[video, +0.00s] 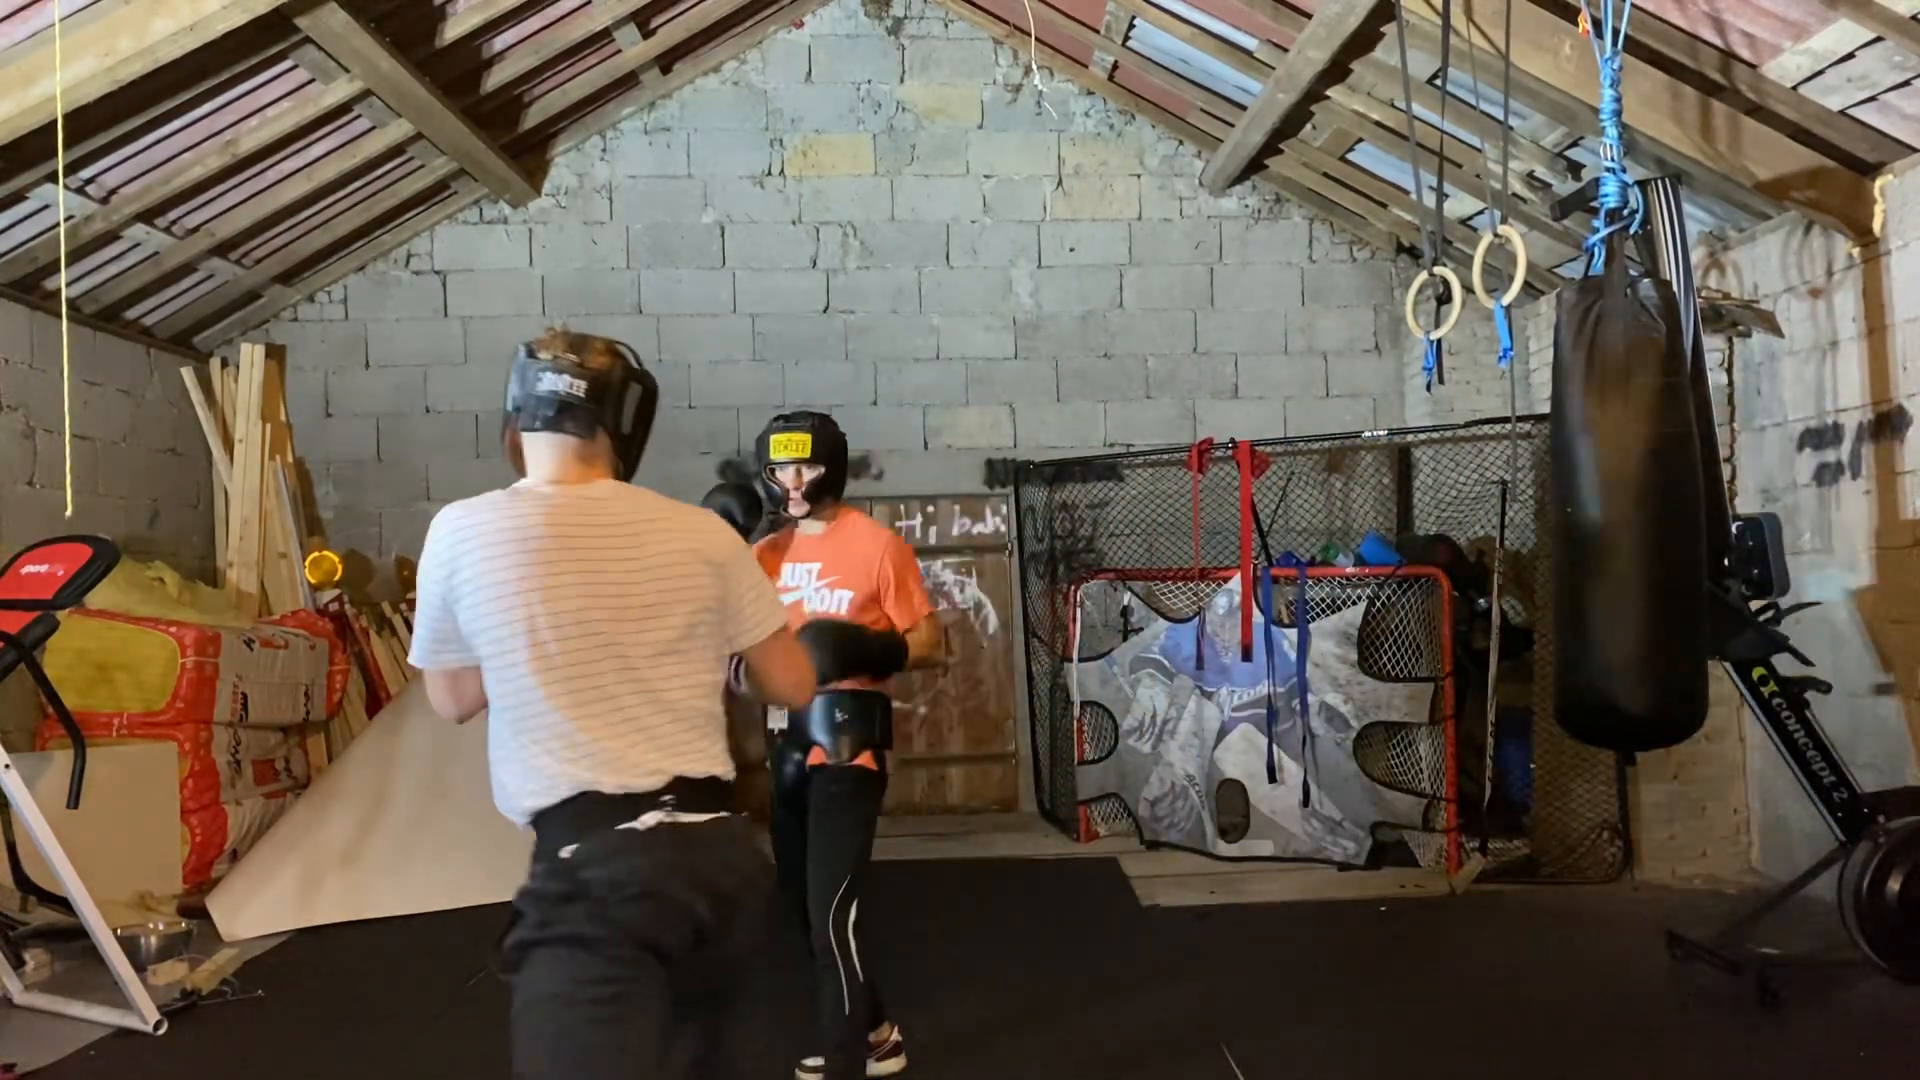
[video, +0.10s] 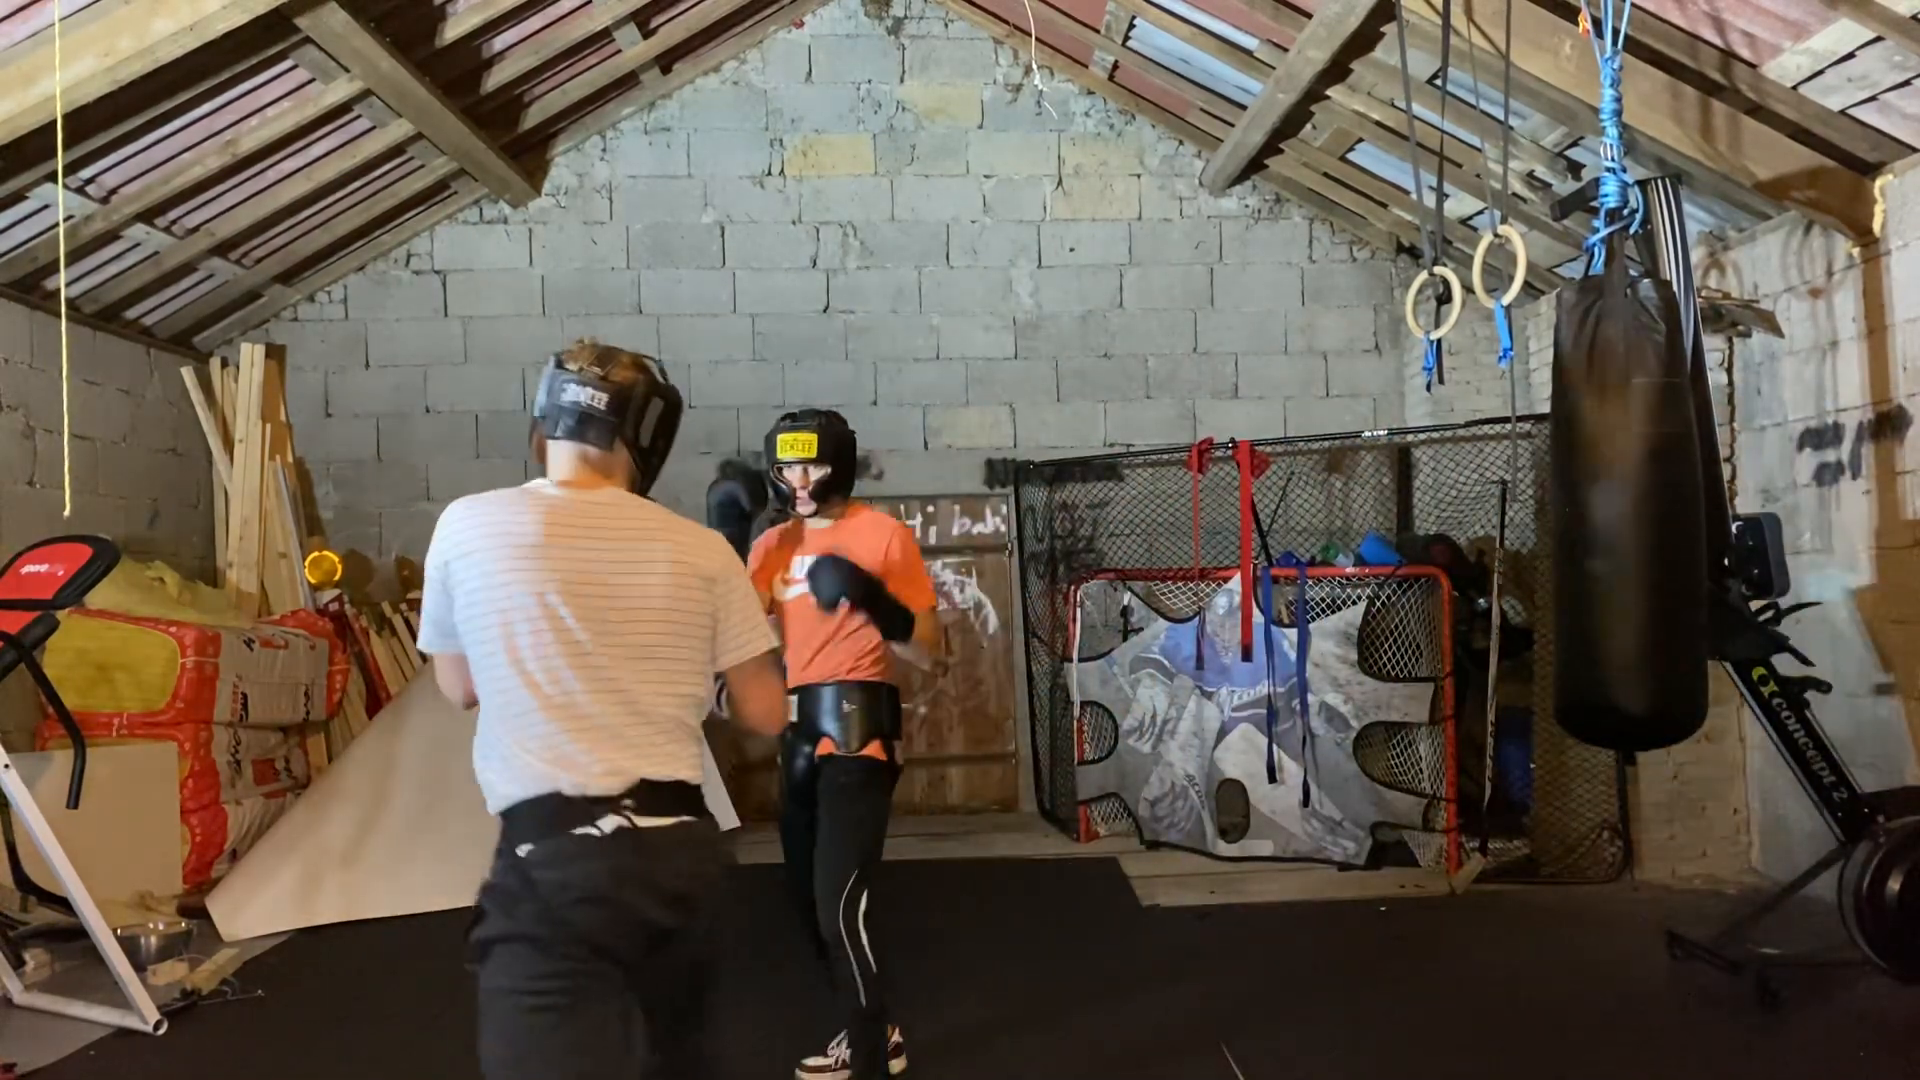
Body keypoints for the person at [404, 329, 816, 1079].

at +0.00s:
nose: (513, 431)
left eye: (513, 416)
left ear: (514, 429)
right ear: (624, 428)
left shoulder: (460, 534)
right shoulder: (703, 535)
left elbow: (455, 698)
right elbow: (794, 683)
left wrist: (536, 622)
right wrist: (725, 651)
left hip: (590, 870)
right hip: (725, 853)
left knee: (582, 1065)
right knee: (747, 1067)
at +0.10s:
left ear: (540, 433)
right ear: (645, 447)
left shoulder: (465, 526)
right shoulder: (703, 550)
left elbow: (461, 685)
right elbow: (765, 714)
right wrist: (696, 662)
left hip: (550, 864)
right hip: (686, 852)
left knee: (548, 1065)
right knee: (680, 1062)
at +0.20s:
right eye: (663, 425)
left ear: (554, 414)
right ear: (655, 433)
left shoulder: (467, 510)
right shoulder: (694, 545)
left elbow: (456, 666)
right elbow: (745, 707)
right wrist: (695, 676)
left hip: (522, 840)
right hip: (656, 831)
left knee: (486, 1065)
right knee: (671, 1054)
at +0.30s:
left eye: (537, 388)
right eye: (635, 406)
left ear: (531, 395)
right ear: (629, 416)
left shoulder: (445, 485)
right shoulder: (670, 522)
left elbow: (438, 637)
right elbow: (724, 672)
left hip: (499, 814)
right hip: (630, 811)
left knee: (427, 1060)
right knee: (644, 1051)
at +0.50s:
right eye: (549, 420)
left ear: (446, 409)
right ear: (544, 422)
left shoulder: (365, 506)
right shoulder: (581, 517)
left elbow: (365, 638)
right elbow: (663, 652)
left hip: (425, 825)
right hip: (556, 816)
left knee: (355, 1056)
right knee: (615, 1048)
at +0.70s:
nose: (457, 436)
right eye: (452, 422)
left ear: (348, 416)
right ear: (444, 427)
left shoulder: (273, 527)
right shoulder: (483, 517)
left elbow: (290, 655)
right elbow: (562, 643)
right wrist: (623, 621)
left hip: (359, 827)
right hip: (488, 814)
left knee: (308, 1050)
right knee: (579, 1015)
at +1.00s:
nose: (453, 453)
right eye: (449, 439)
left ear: (348, 436)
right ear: (435, 444)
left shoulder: (277, 541)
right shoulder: (466, 527)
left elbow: (357, 606)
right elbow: (542, 643)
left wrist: (458, 528)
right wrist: (617, 618)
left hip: (340, 820)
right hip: (459, 813)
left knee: (301, 1038)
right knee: (535, 1024)